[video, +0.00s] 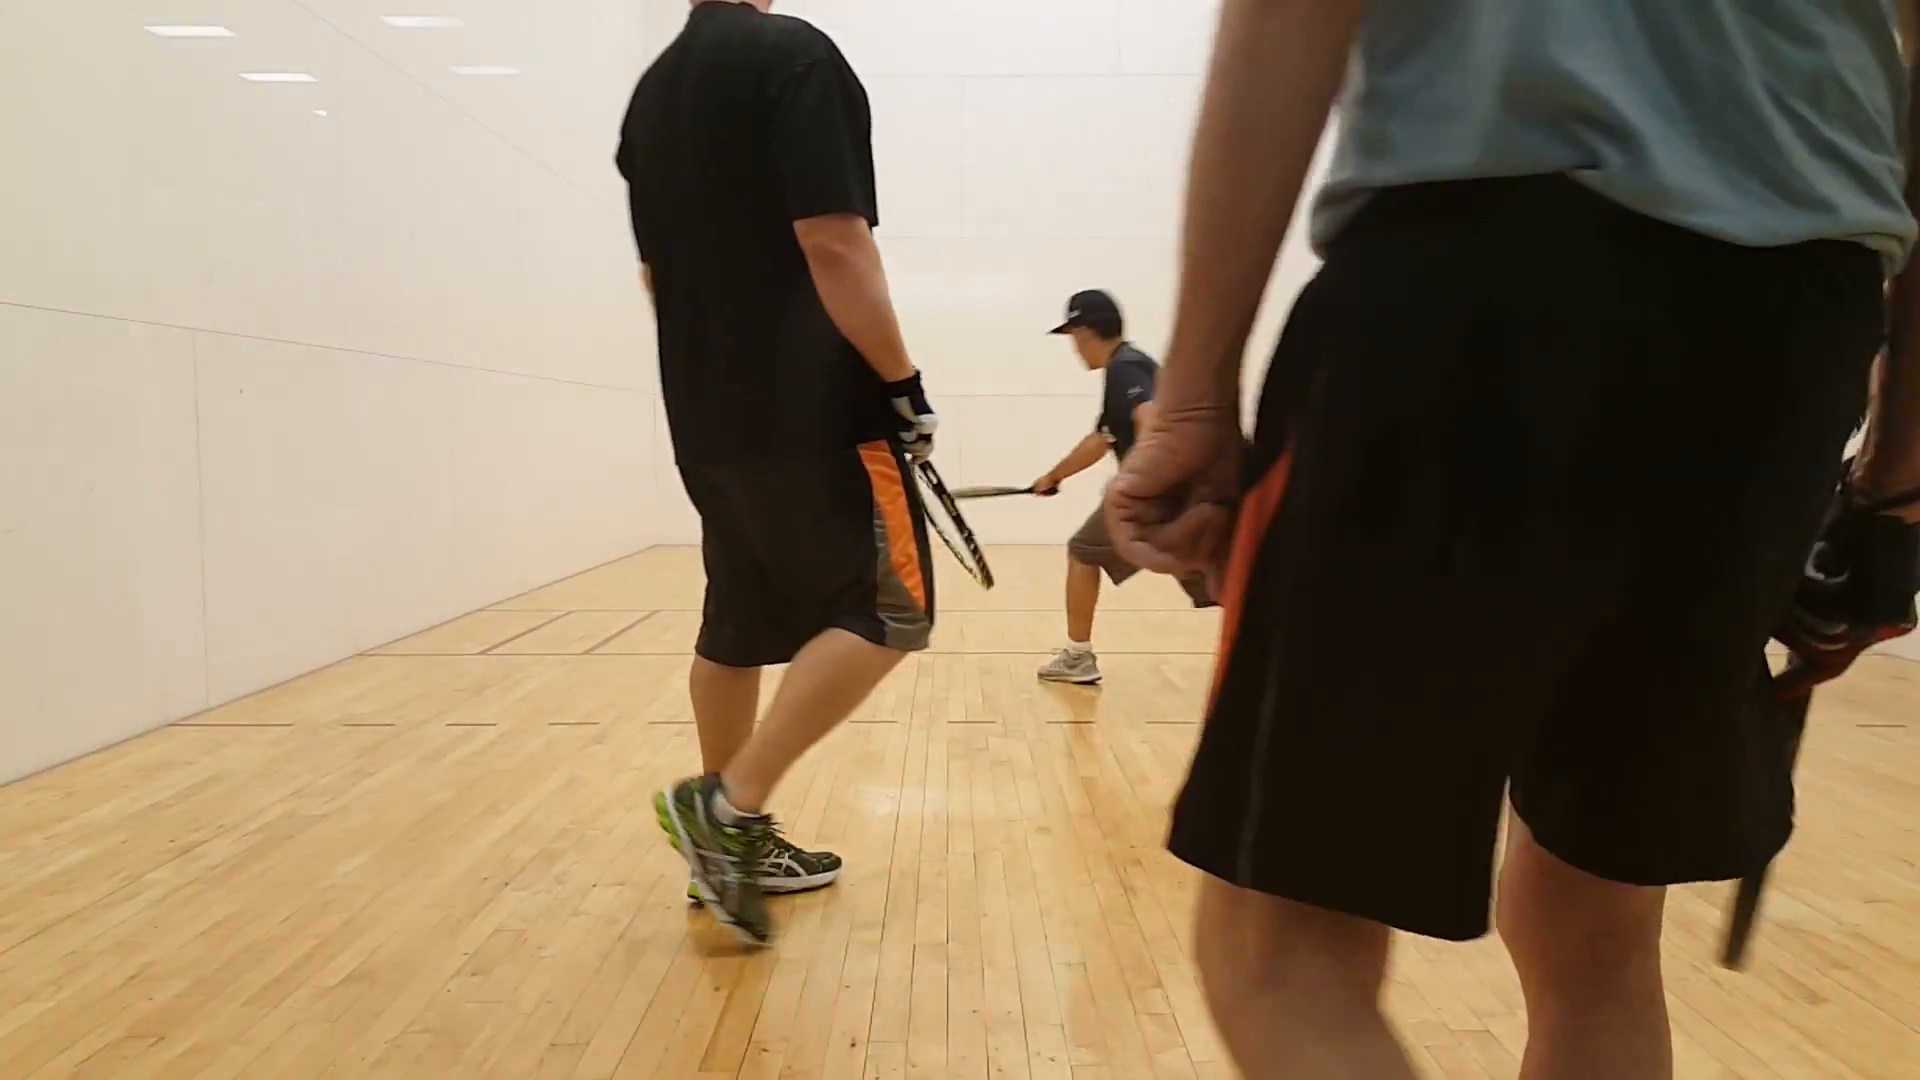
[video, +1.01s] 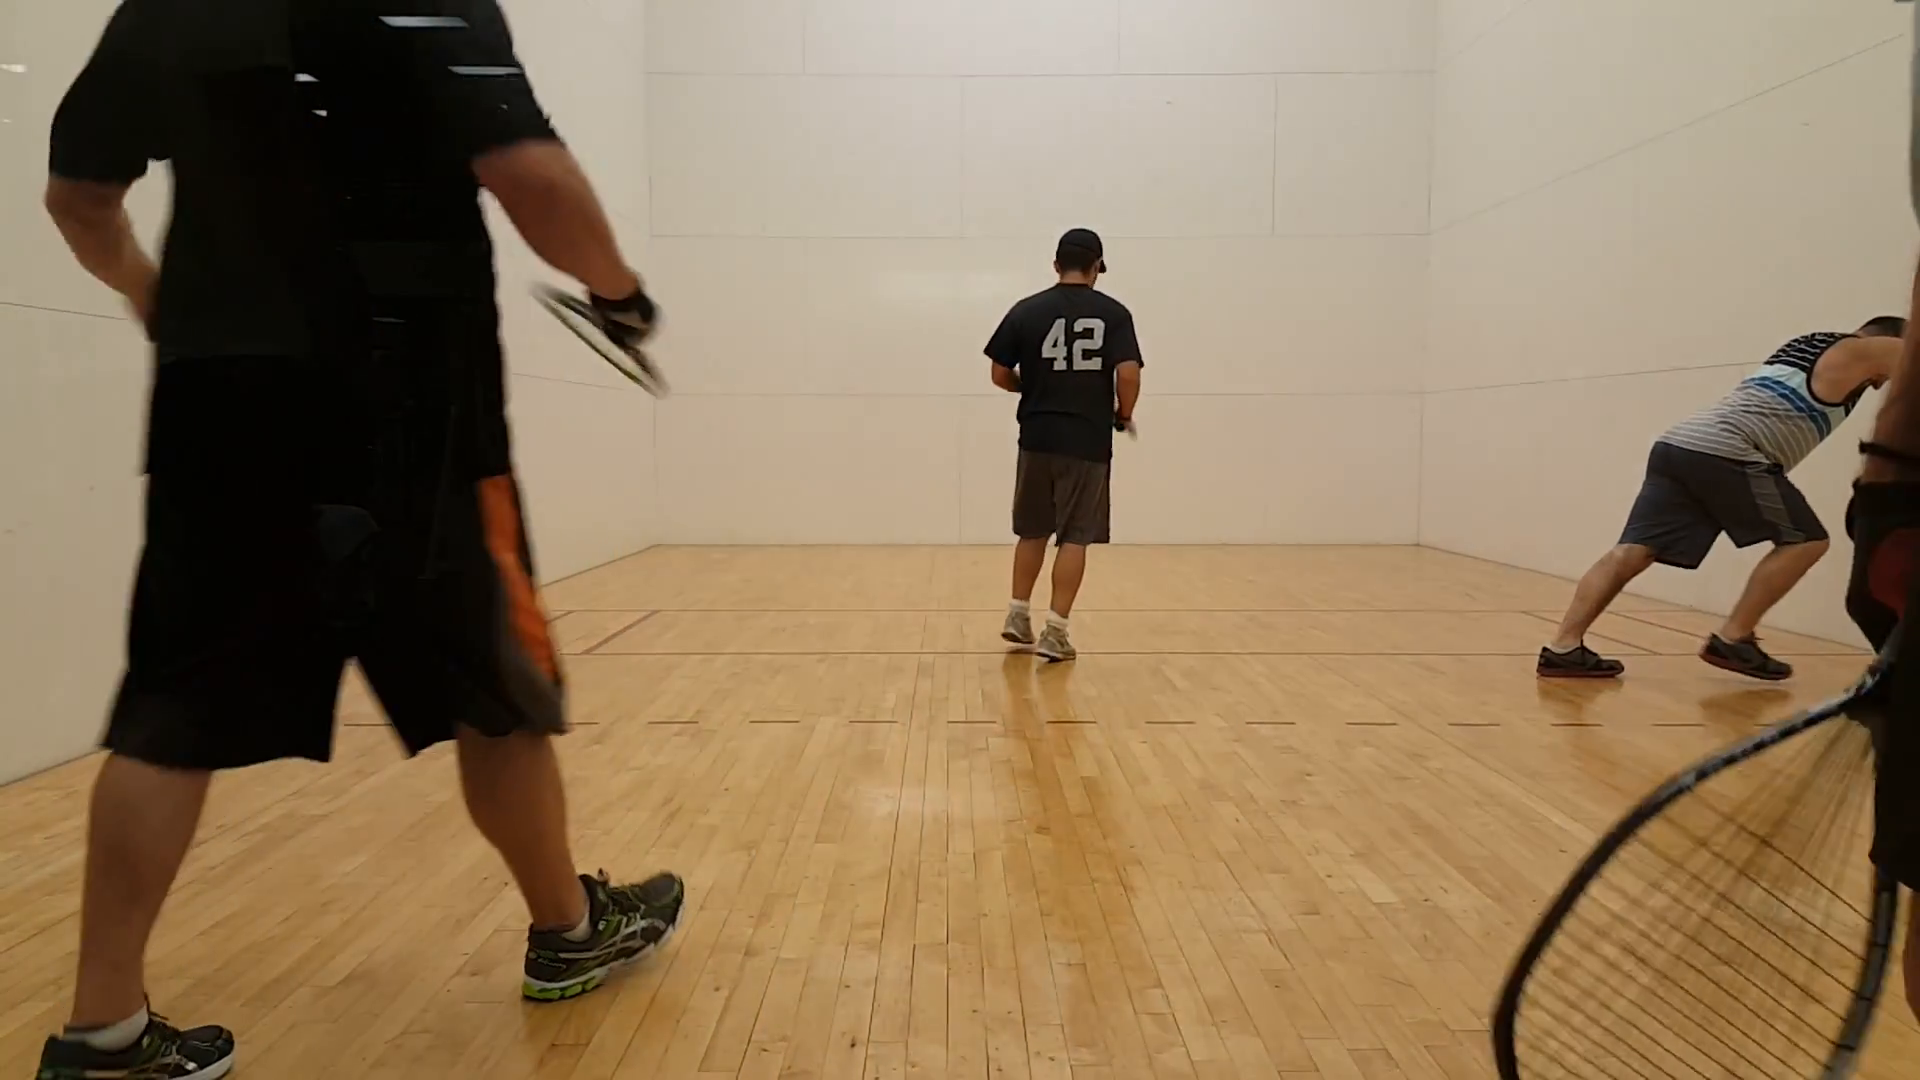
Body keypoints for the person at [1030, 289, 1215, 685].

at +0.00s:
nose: (1074, 345)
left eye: (1075, 334)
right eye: (1072, 336)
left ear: (1094, 331)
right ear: (1108, 329)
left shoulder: (1124, 367)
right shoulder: (1128, 367)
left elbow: (1151, 428)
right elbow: (1102, 437)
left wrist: (1134, 484)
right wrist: (1056, 474)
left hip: (1147, 491)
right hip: (1176, 489)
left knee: (1083, 552)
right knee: (1208, 585)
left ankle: (1078, 654)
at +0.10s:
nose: (1033, 357)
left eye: (1033, 347)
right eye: (1030, 349)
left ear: (1049, 341)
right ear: (1069, 337)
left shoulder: (1081, 366)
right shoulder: (1100, 361)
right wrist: (1041, 494)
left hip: (1139, 482)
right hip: (1184, 479)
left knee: (1069, 551)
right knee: (1209, 575)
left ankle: (1077, 654)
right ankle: (1269, 646)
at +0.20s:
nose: (1014, 353)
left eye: (1011, 343)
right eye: (1010, 345)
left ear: (1022, 333)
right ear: (1047, 325)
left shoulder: (1050, 353)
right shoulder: (1085, 349)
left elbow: (1057, 410)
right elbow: (1102, 432)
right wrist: (1072, 494)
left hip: (1124, 462)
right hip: (1178, 455)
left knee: (1068, 548)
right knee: (1180, 554)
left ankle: (1077, 653)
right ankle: (1220, 618)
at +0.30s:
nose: (1008, 331)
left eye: (1006, 321)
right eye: (1005, 323)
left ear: (1015, 311)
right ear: (1045, 305)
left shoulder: (1036, 335)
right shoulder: (1083, 328)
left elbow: (1032, 398)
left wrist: (996, 417)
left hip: (1108, 448)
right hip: (1159, 441)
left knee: (1064, 542)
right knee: (1150, 542)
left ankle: (1076, 650)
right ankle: (1166, 617)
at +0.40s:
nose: (1012, 306)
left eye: (1009, 296)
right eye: (1009, 298)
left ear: (1021, 287)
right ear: (1052, 283)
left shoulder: (1030, 320)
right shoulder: (1097, 314)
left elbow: (1015, 383)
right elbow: (1143, 380)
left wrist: (984, 411)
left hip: (1084, 441)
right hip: (1139, 439)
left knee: (1057, 540)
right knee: (1124, 533)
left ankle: (1073, 646)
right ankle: (1115, 629)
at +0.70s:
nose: (1039, 274)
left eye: (1040, 266)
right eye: (1038, 266)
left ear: (1053, 261)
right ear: (1083, 264)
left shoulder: (1038, 309)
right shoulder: (1119, 311)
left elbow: (1008, 372)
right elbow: (1153, 367)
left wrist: (974, 399)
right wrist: (1169, 429)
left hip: (1045, 446)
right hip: (1096, 451)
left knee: (1020, 529)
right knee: (1073, 542)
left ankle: (1038, 604)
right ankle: (1055, 636)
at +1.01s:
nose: (1095, 273)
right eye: (1099, 267)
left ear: (1055, 265)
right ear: (1097, 268)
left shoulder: (1026, 310)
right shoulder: (1114, 313)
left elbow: (1000, 374)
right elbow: (1129, 372)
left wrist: (1033, 385)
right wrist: (1124, 414)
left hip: (1036, 443)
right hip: (1087, 447)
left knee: (1033, 530)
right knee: (1075, 536)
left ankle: (1017, 615)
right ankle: (1055, 629)